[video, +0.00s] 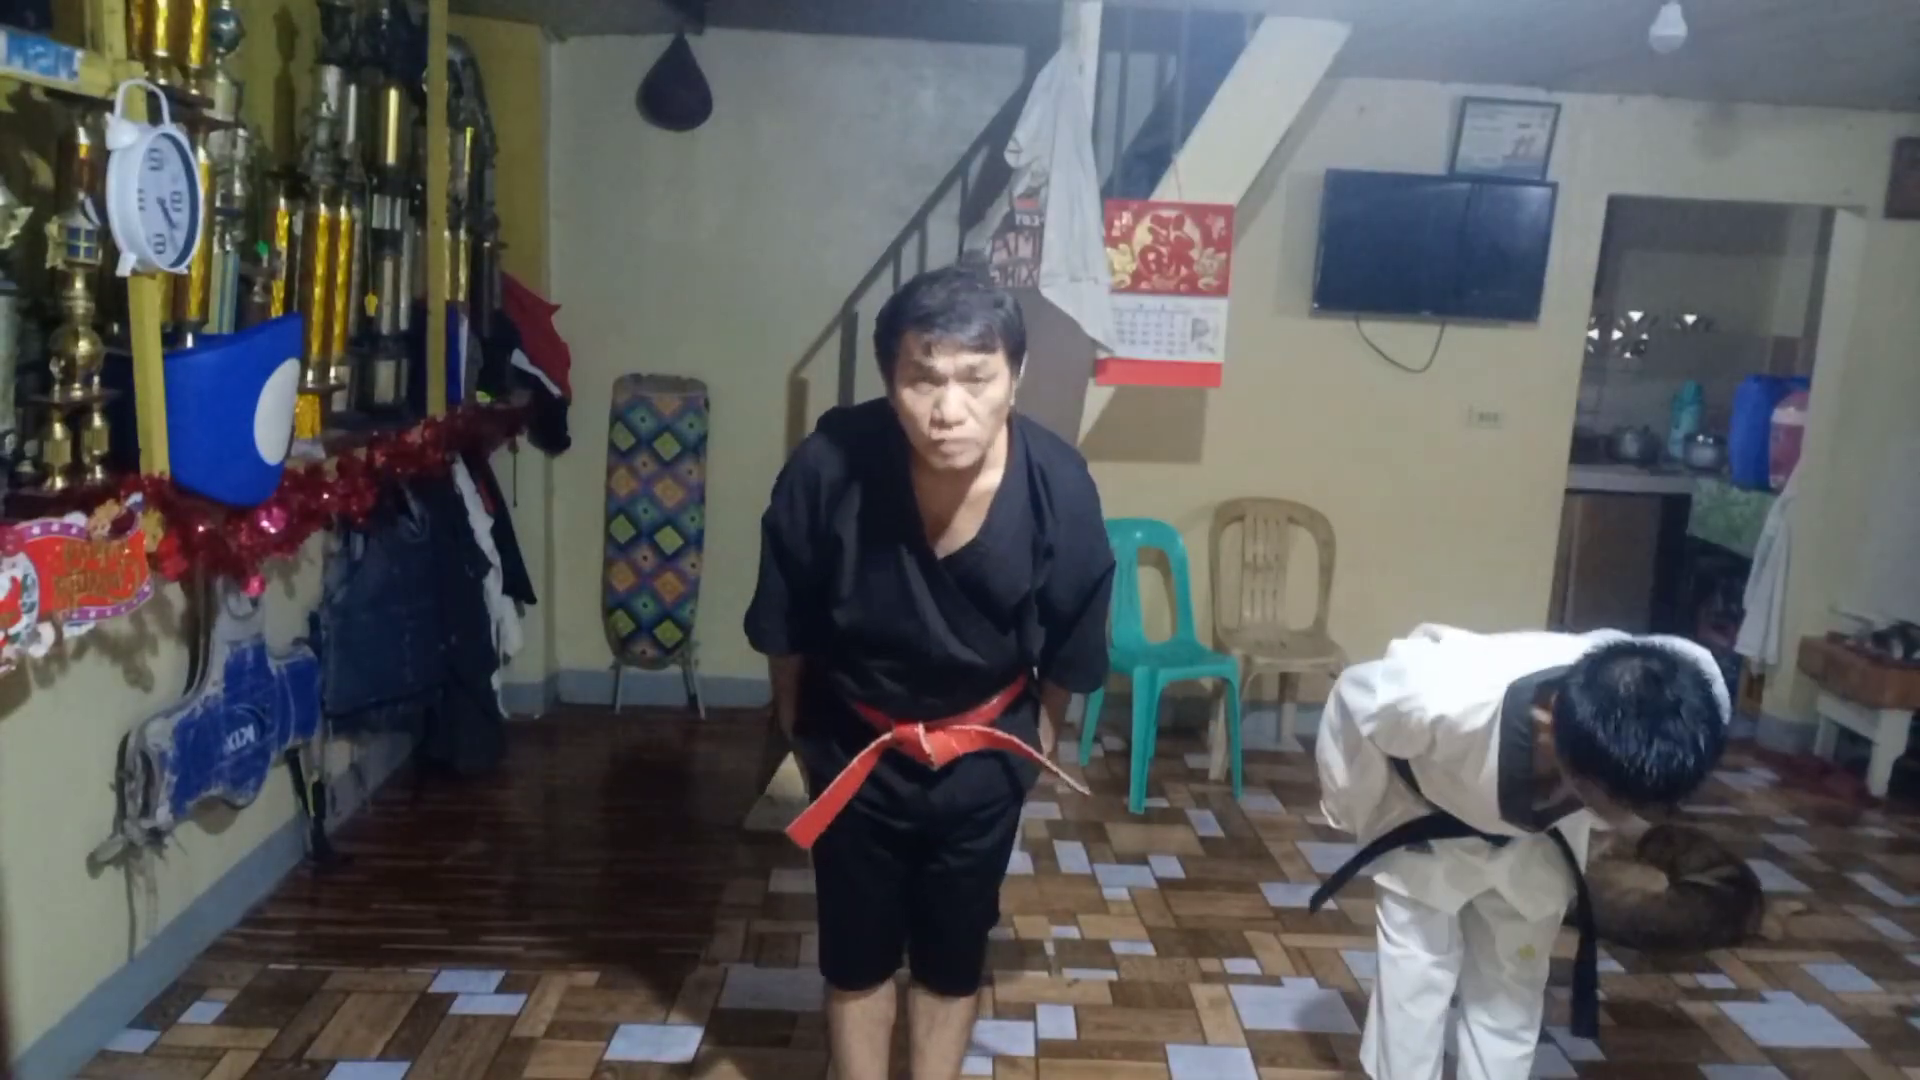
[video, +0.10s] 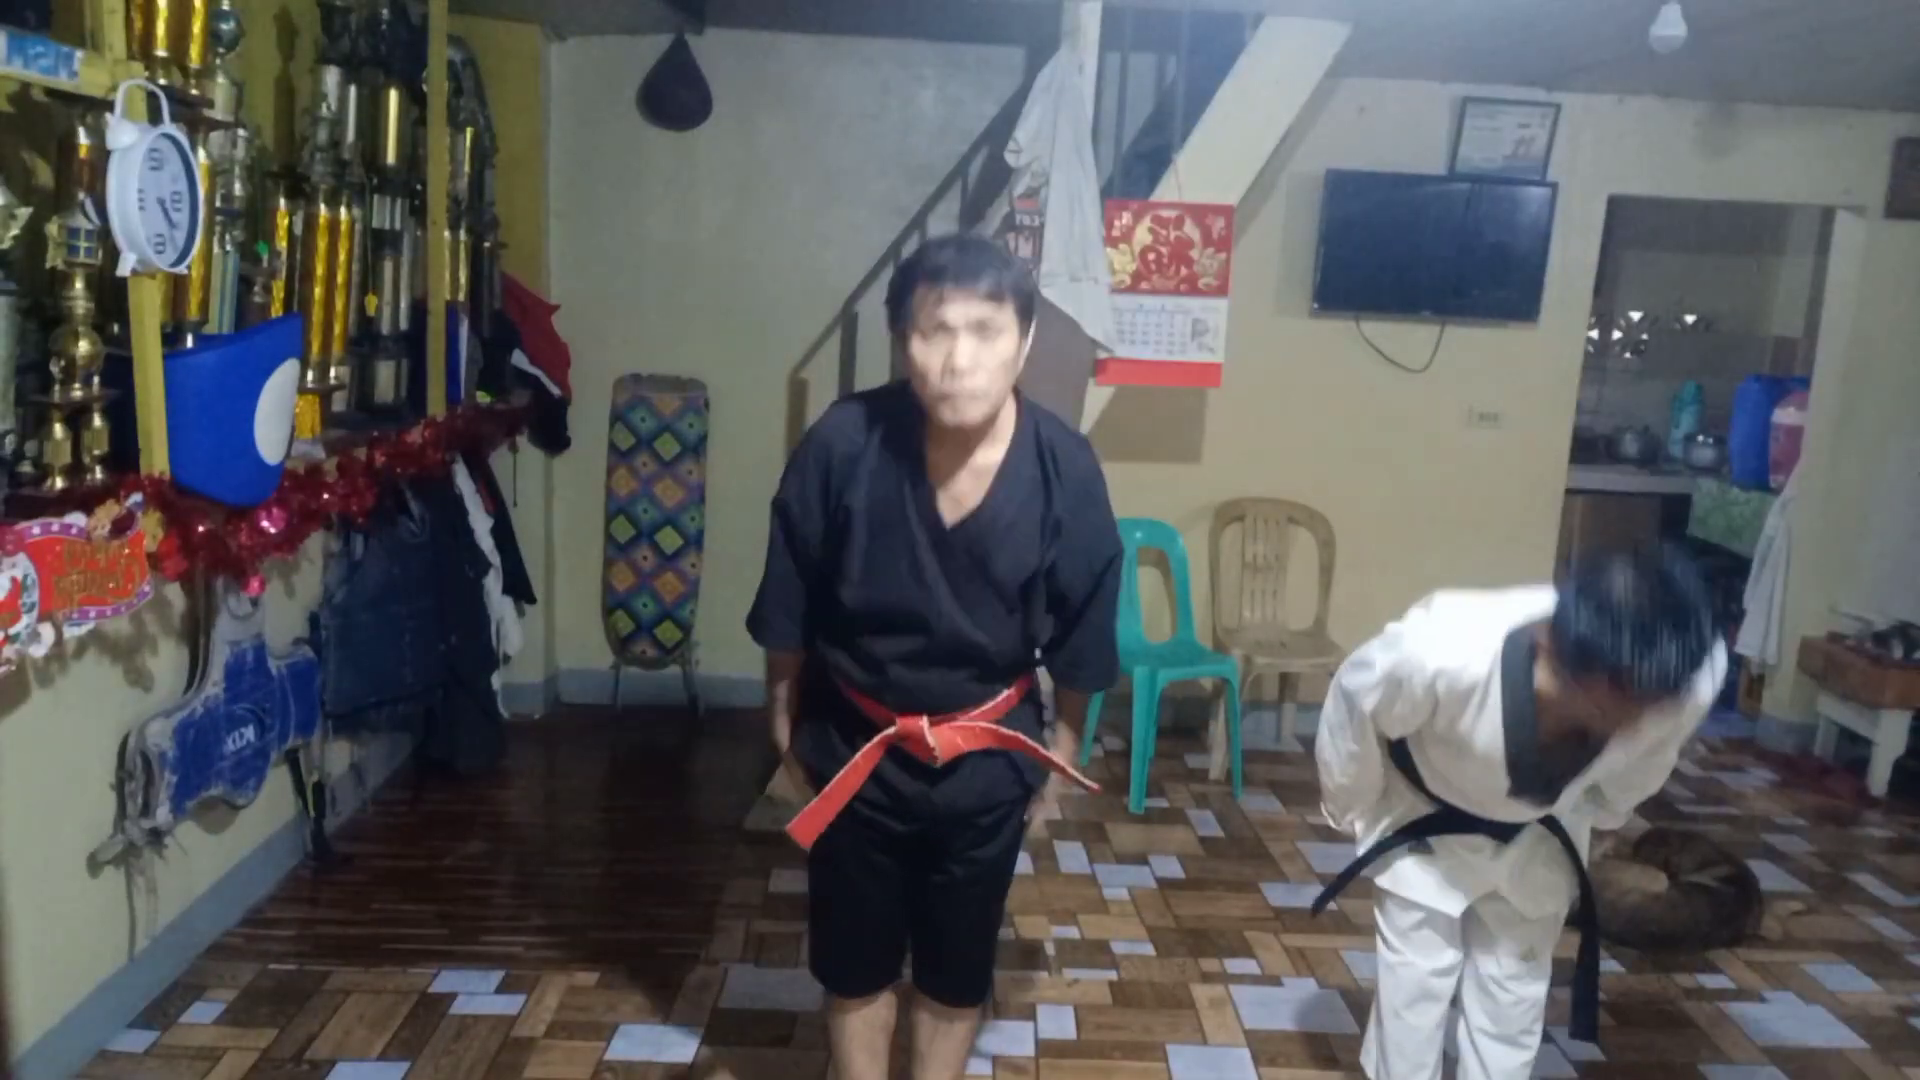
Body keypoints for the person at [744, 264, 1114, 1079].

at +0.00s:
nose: (949, 407)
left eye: (975, 379)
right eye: (925, 381)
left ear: (1014, 379)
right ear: (889, 381)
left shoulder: (1057, 482)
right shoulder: (833, 461)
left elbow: (1074, 635)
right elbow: (784, 608)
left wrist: (1048, 738)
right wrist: (791, 724)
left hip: (987, 733)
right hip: (853, 729)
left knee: (951, 966)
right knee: (858, 967)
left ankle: (933, 1077)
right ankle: (860, 1076)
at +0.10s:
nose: (958, 358)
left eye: (984, 332)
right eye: (935, 332)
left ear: (1024, 346)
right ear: (901, 344)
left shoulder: (1064, 464)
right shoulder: (845, 441)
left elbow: (1084, 621)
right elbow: (787, 589)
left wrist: (1065, 746)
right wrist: (781, 721)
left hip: (991, 745)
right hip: (854, 740)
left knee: (952, 992)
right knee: (857, 987)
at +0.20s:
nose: (973, 305)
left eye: (999, 283)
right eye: (950, 283)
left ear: (1035, 306)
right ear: (918, 309)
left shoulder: (1075, 454)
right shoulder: (856, 428)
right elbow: (796, 595)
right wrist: (774, 747)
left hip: (996, 756)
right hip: (857, 748)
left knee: (957, 1004)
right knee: (851, 1002)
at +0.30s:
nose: (980, 289)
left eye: (1005, 268)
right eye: (956, 269)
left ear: (1039, 295)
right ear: (924, 297)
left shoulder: (1081, 446)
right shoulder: (862, 423)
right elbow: (802, 592)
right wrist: (779, 745)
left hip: (1002, 756)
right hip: (864, 748)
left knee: (955, 1002)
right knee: (839, 1009)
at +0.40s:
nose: (982, 283)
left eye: (1005, 262)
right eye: (957, 265)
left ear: (1038, 290)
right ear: (926, 295)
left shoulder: (1085, 441)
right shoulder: (866, 422)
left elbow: (1121, 592)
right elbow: (806, 586)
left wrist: (1117, 719)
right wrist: (805, 738)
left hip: (1014, 755)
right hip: (874, 747)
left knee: (959, 1009)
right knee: (831, 1018)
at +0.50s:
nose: (981, 281)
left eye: (1002, 261)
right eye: (955, 264)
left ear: (1036, 289)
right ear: (925, 298)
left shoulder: (1086, 440)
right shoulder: (866, 423)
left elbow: (1118, 593)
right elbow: (805, 592)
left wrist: (1093, 708)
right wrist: (828, 742)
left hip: (1016, 759)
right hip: (875, 748)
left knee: (963, 1013)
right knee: (824, 1018)